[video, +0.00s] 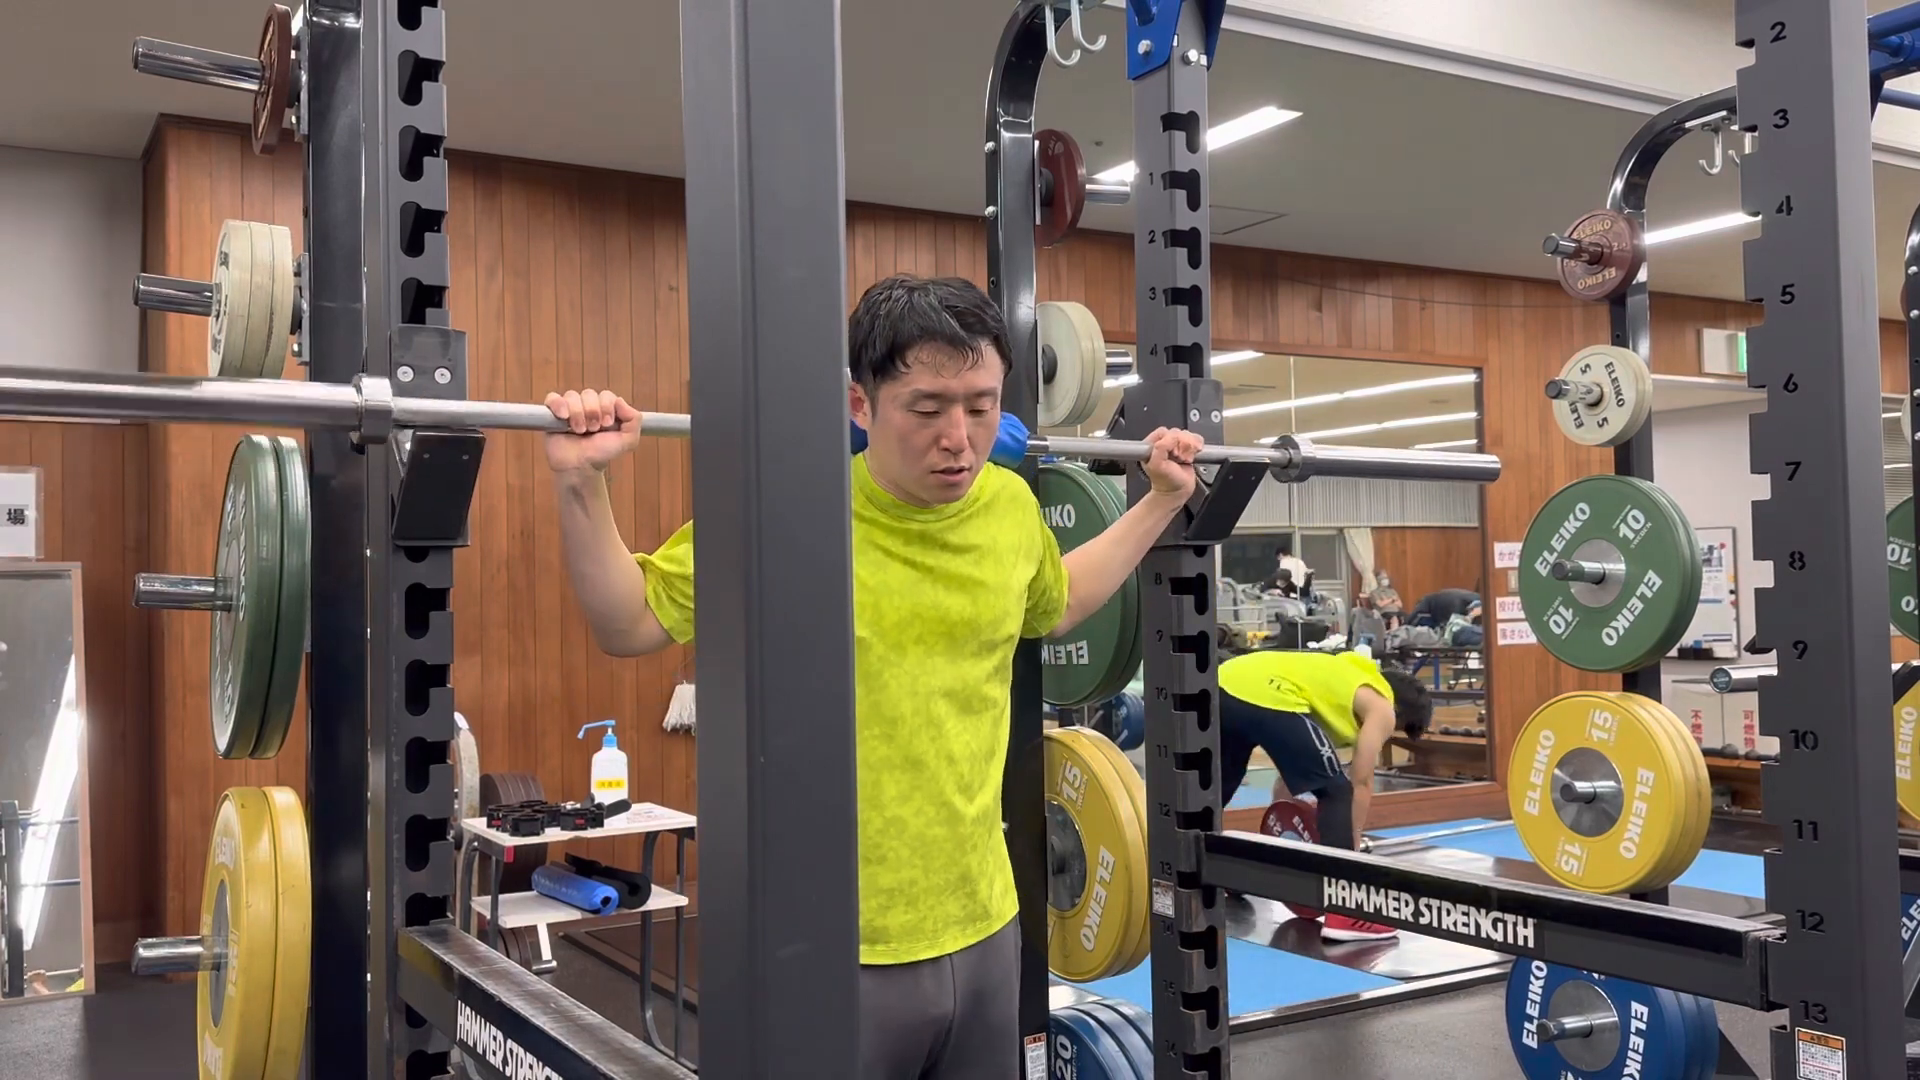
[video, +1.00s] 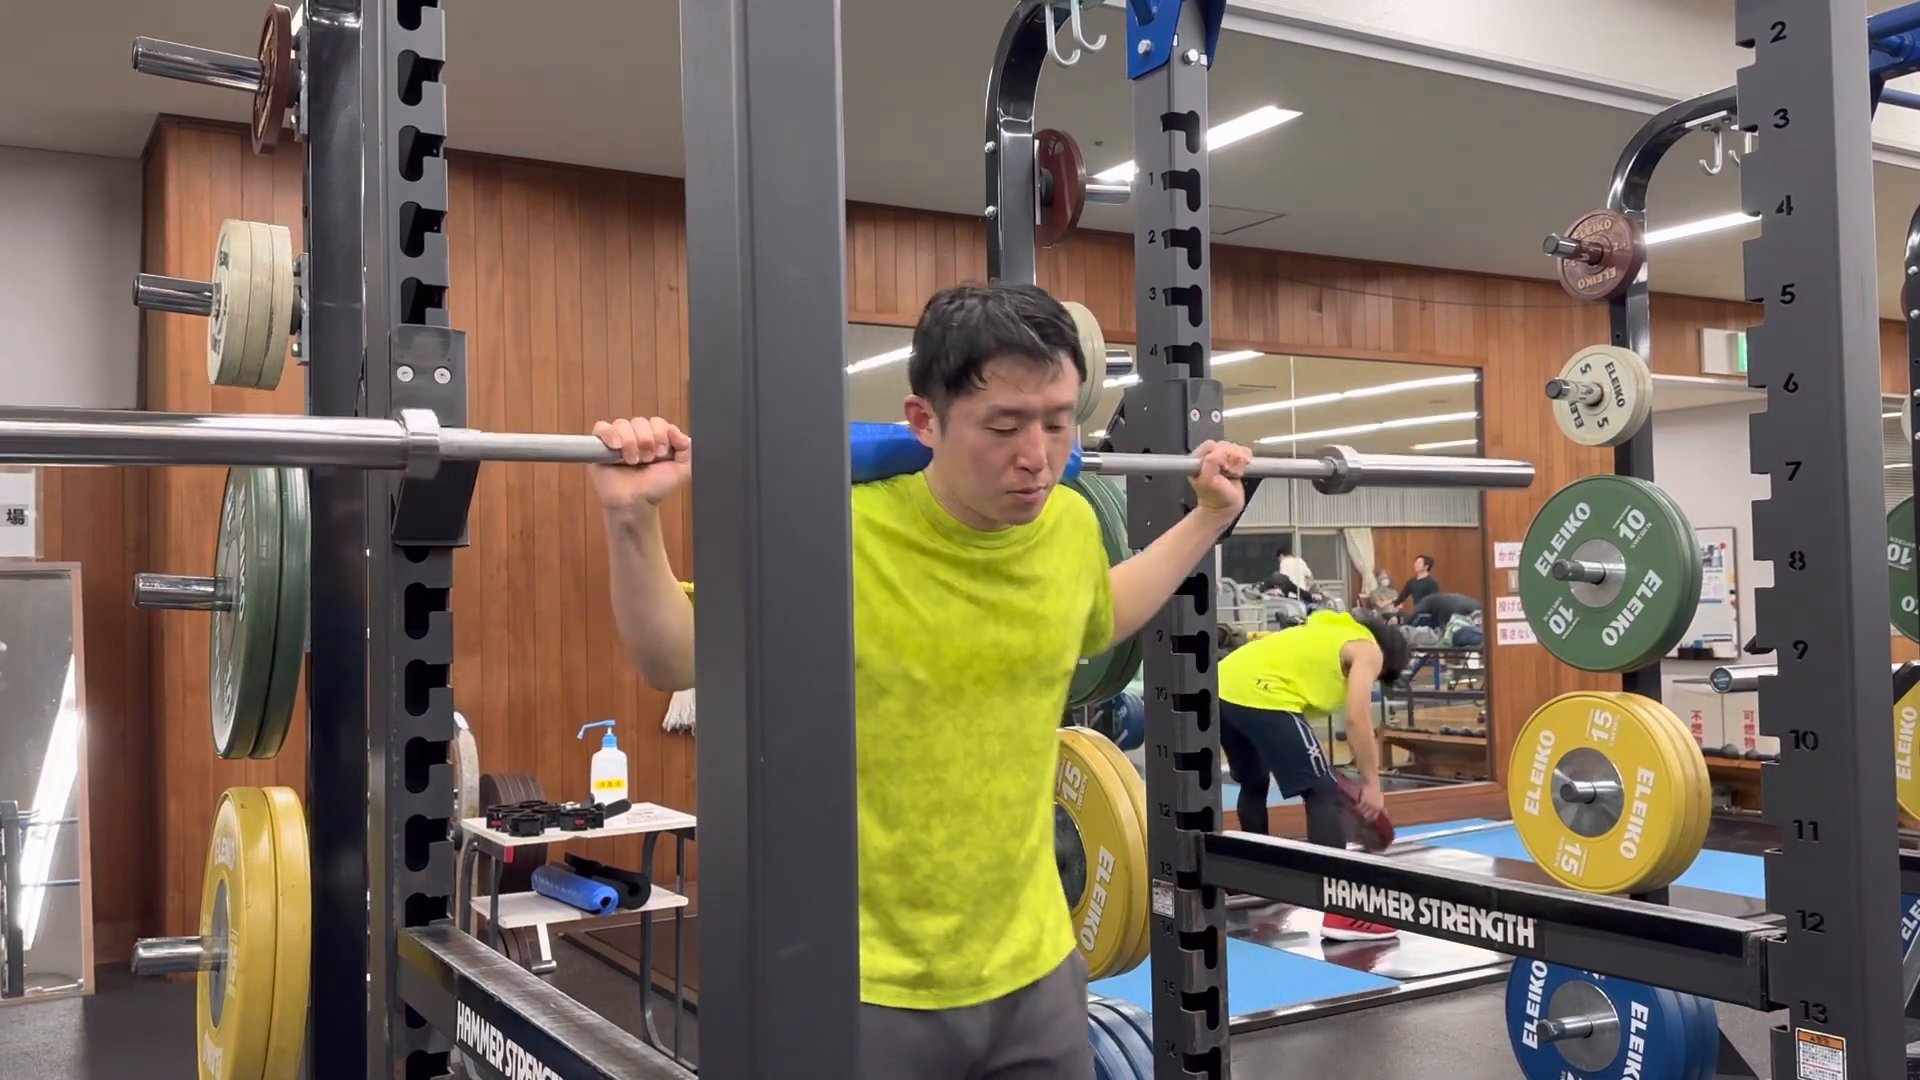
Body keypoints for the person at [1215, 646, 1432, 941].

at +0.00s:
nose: (1391, 733)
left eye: (1397, 730)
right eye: (1397, 727)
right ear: (1398, 712)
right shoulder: (1380, 708)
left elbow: (1289, 770)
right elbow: (1361, 784)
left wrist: (1282, 832)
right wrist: (1353, 847)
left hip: (1225, 687)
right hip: (1273, 701)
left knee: (1218, 788)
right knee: (1337, 792)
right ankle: (1343, 910)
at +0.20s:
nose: (1400, 742)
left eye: (1406, 739)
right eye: (1407, 737)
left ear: (1403, 690)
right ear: (1410, 723)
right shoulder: (1391, 714)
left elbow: (1294, 768)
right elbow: (1364, 784)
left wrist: (1283, 833)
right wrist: (1356, 839)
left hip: (1230, 691)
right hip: (1277, 709)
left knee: (1252, 764)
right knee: (1351, 794)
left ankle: (1218, 863)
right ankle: (1344, 909)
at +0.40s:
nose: (1400, 739)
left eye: (1407, 738)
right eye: (1407, 735)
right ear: (1409, 720)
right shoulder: (1386, 712)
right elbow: (1364, 786)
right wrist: (1355, 845)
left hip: (1232, 697)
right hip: (1270, 708)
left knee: (1265, 782)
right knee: (1347, 792)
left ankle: (1254, 881)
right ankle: (1341, 908)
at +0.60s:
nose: (1390, 735)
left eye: (1396, 733)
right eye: (1396, 730)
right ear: (1399, 713)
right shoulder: (1381, 706)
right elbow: (1363, 776)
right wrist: (1358, 841)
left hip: (1229, 689)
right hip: (1268, 701)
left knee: (1259, 780)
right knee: (1330, 793)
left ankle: (1254, 881)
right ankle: (1339, 908)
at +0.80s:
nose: (1383, 726)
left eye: (1389, 725)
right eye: (1389, 722)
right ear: (1393, 701)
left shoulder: (1339, 662)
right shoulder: (1376, 691)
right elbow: (1365, 766)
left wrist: (1305, 804)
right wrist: (1368, 831)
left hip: (1226, 689)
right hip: (1267, 699)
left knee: (1256, 781)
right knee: (1324, 792)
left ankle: (1256, 882)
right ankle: (1341, 910)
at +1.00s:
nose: (1377, 679)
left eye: (1382, 675)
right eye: (1383, 672)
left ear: (1368, 626)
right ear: (1384, 652)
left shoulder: (1322, 628)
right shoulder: (1366, 648)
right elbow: (1357, 719)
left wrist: (1322, 774)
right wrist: (1372, 783)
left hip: (1222, 692)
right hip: (1268, 701)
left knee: (1252, 786)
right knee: (1323, 795)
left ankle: (1259, 881)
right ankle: (1341, 908)